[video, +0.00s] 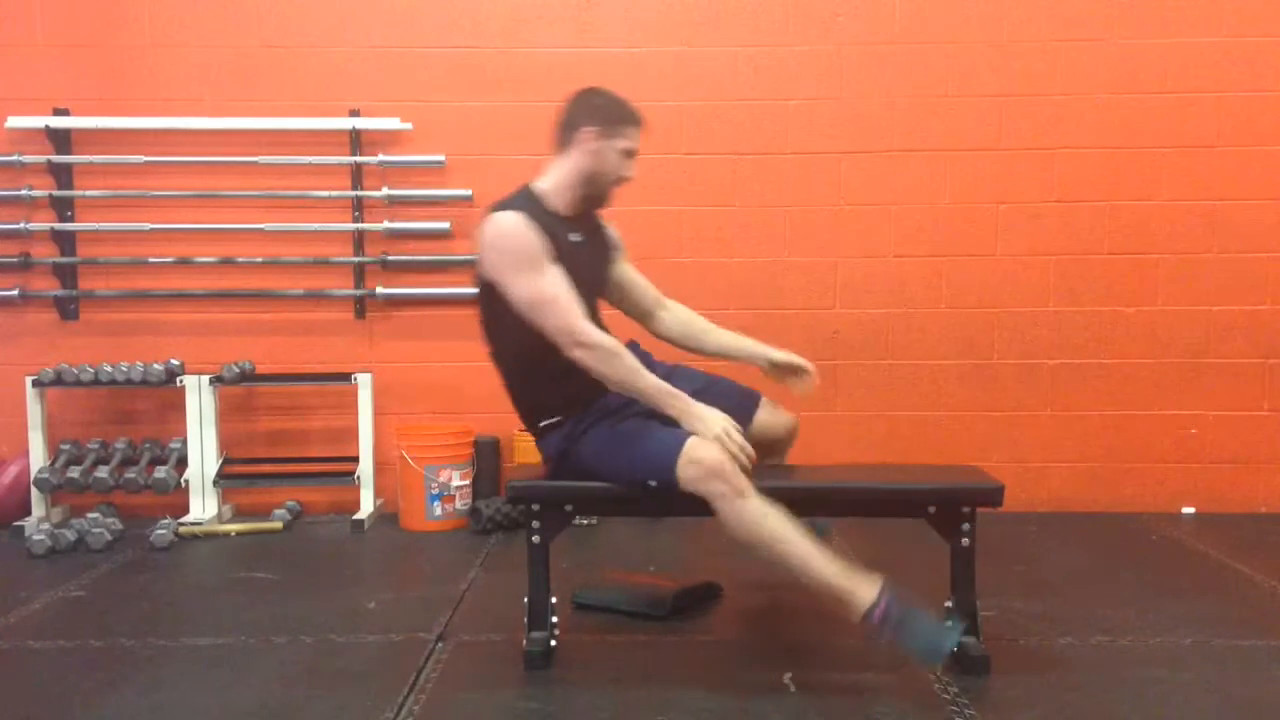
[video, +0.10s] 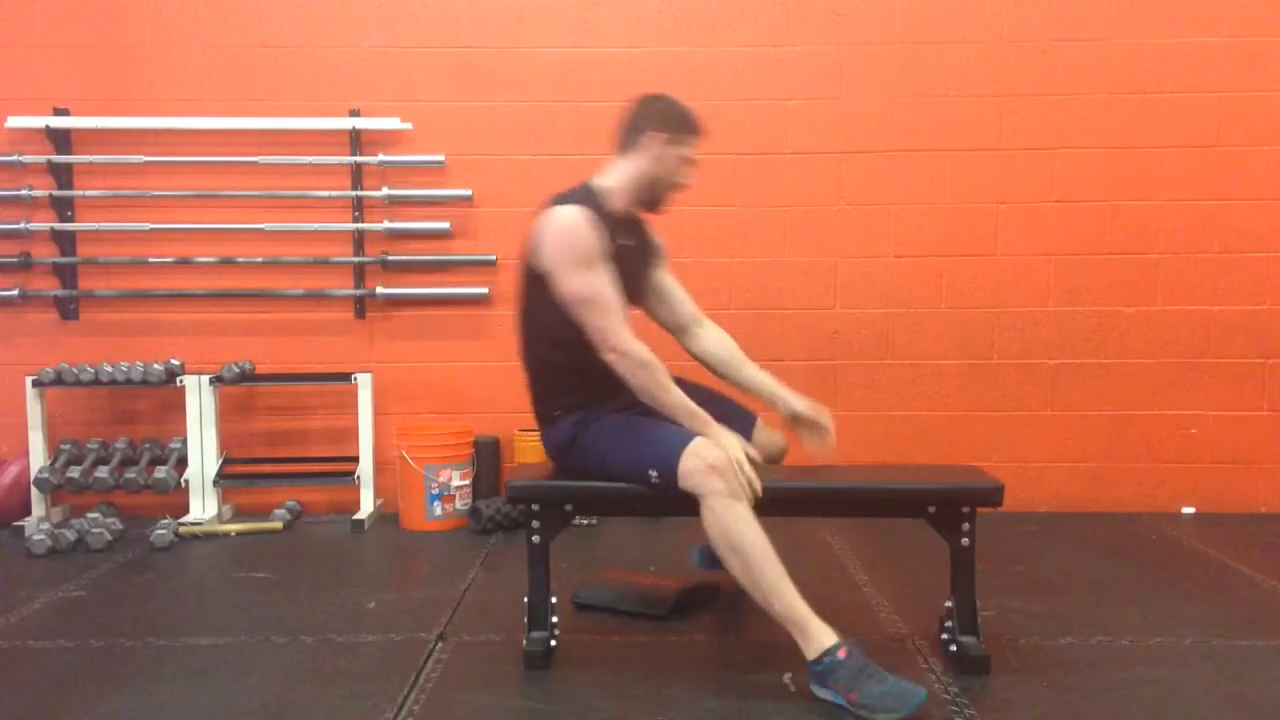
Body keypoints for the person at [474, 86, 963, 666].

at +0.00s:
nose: (630, 174)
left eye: (634, 159)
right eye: (624, 157)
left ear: (594, 145)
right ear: (584, 141)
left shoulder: (589, 232)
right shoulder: (509, 229)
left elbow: (659, 312)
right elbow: (581, 344)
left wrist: (761, 354)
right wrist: (689, 415)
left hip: (630, 380)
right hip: (579, 424)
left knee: (774, 429)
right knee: (715, 468)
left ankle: (739, 505)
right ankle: (881, 607)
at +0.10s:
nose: (688, 177)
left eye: (692, 162)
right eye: (684, 159)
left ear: (654, 148)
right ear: (648, 143)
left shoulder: (632, 237)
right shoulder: (568, 223)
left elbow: (694, 326)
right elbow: (621, 352)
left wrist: (779, 396)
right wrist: (714, 433)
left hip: (633, 399)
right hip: (580, 421)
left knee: (765, 444)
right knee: (713, 470)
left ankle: (720, 547)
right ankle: (826, 654)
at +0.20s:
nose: (736, 187)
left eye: (740, 172)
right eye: (734, 169)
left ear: (706, 156)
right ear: (703, 153)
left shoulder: (671, 242)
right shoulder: (618, 220)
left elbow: (715, 343)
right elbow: (638, 354)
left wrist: (789, 422)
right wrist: (719, 446)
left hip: (641, 402)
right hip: (588, 416)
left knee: (761, 448)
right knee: (715, 464)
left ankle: (714, 554)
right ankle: (824, 651)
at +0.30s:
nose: (804, 207)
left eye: (809, 192)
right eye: (804, 189)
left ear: (775, 176)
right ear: (776, 173)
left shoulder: (729, 247)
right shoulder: (699, 215)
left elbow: (725, 361)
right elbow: (666, 337)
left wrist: (786, 440)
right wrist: (718, 446)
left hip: (657, 405)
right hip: (608, 406)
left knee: (768, 445)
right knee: (727, 465)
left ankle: (714, 551)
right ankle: (826, 654)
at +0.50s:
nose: (848, 225)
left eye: (854, 212)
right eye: (853, 209)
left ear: (818, 187)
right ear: (834, 190)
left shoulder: (774, 228)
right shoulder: (769, 212)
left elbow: (730, 341)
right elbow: (714, 317)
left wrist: (774, 429)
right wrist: (725, 426)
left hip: (661, 372)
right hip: (629, 372)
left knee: (755, 442)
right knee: (755, 456)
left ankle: (713, 550)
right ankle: (822, 653)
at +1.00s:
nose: (874, 205)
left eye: (874, 197)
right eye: (877, 196)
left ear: (823, 174)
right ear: (867, 186)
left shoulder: (768, 197)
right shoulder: (849, 220)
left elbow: (709, 290)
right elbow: (793, 327)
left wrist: (727, 430)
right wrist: (776, 426)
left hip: (640, 335)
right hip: (697, 342)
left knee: (690, 430)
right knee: (836, 460)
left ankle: (694, 551)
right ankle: (818, 658)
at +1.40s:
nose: (874, 204)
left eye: (877, 197)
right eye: (876, 197)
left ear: (822, 173)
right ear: (868, 185)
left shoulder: (763, 196)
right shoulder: (861, 208)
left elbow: (723, 287)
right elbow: (841, 321)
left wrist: (720, 416)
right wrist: (824, 411)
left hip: (672, 330)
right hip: (740, 332)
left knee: (687, 419)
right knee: (869, 455)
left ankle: (689, 548)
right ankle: (843, 633)